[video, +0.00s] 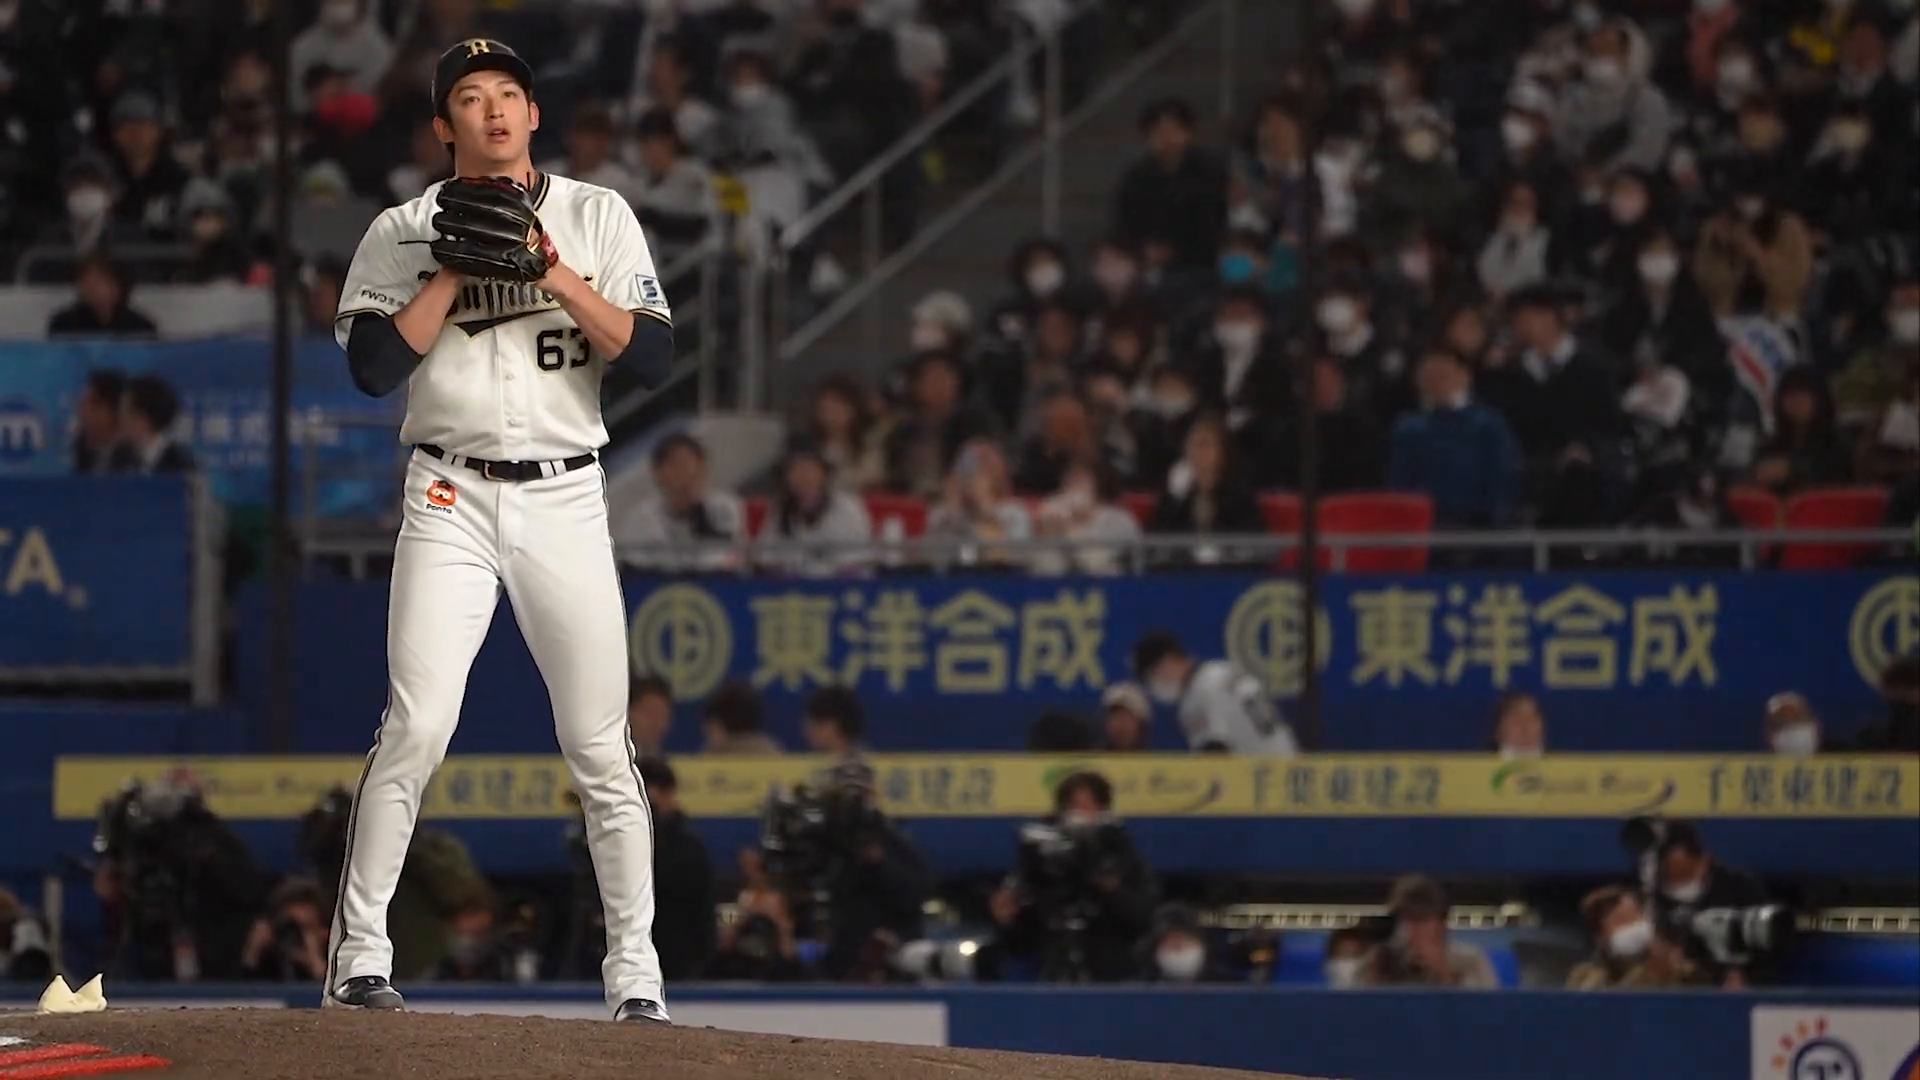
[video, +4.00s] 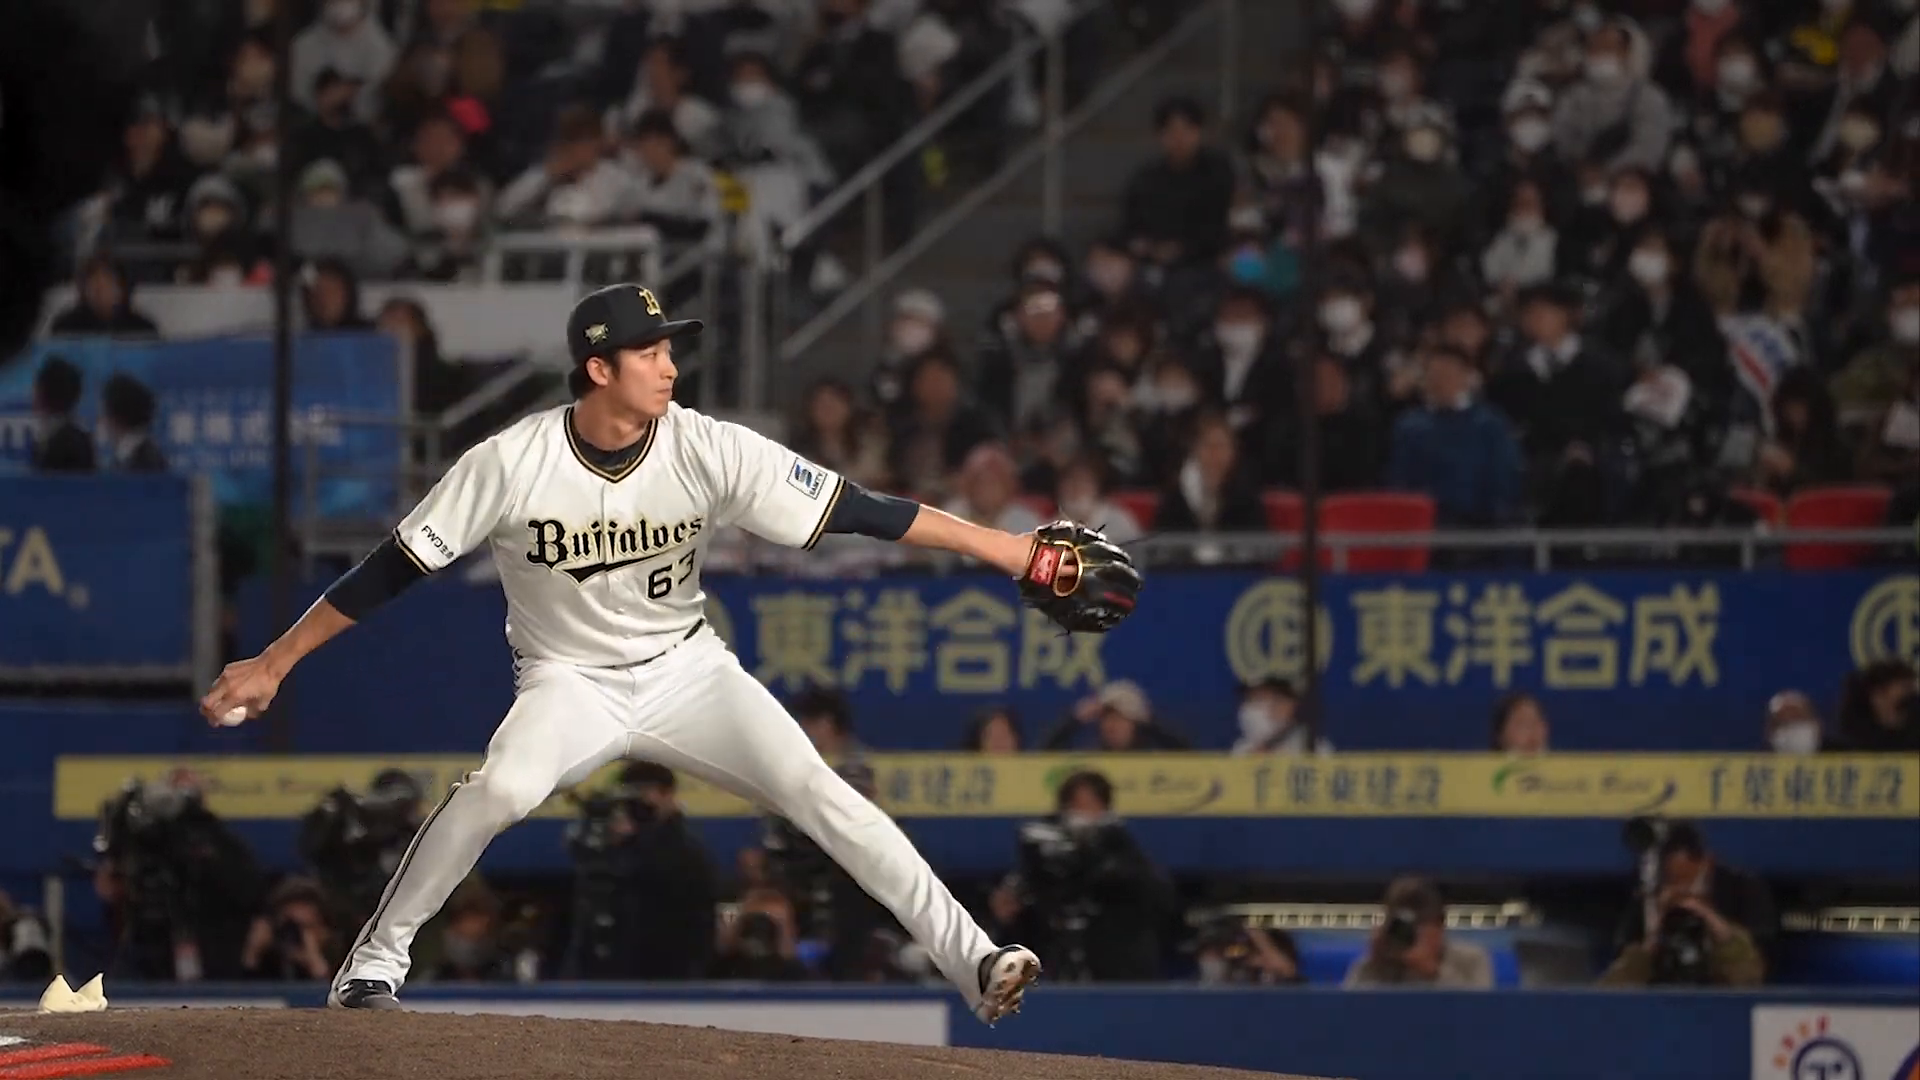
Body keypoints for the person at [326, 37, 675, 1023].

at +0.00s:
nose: (494, 111)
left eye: (507, 97)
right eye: (473, 102)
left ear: (535, 117)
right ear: (445, 131)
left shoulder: (595, 213)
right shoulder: (404, 229)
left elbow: (651, 355)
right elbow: (372, 370)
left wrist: (551, 269)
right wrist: (458, 266)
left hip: (566, 502)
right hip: (448, 498)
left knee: (598, 746)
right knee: (418, 726)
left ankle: (634, 973)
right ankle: (359, 955)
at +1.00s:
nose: (476, 115)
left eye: (491, 98)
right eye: (456, 99)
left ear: (515, 114)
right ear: (422, 117)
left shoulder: (556, 200)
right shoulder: (384, 196)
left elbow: (570, 234)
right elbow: (368, 231)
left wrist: (550, 260)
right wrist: (421, 246)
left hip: (519, 497)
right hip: (401, 495)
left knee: (581, 736)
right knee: (382, 723)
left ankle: (639, 963)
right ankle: (357, 960)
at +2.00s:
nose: (569, 153)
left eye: (583, 137)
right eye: (552, 134)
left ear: (597, 141)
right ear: (506, 132)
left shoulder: (623, 239)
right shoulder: (427, 217)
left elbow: (646, 384)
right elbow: (388, 337)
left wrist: (566, 273)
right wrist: (478, 243)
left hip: (563, 513)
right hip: (443, 503)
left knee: (603, 749)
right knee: (408, 724)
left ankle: (647, 975)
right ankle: (359, 960)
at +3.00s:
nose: (590, 131)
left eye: (593, 115)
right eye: (571, 115)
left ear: (589, 130)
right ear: (518, 127)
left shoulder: (626, 235)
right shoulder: (429, 221)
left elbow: (660, 372)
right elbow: (409, 345)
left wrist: (590, 277)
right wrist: (493, 248)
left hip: (567, 512)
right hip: (448, 503)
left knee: (605, 749)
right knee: (412, 722)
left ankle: (647, 978)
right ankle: (360, 959)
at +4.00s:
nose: (673, 369)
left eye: (673, 353)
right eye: (654, 354)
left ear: (660, 366)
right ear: (594, 367)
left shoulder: (709, 449)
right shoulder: (505, 466)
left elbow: (858, 511)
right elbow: (392, 569)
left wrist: (1006, 548)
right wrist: (275, 662)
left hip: (692, 673)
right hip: (569, 687)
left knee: (815, 789)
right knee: (500, 792)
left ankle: (973, 962)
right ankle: (382, 947)